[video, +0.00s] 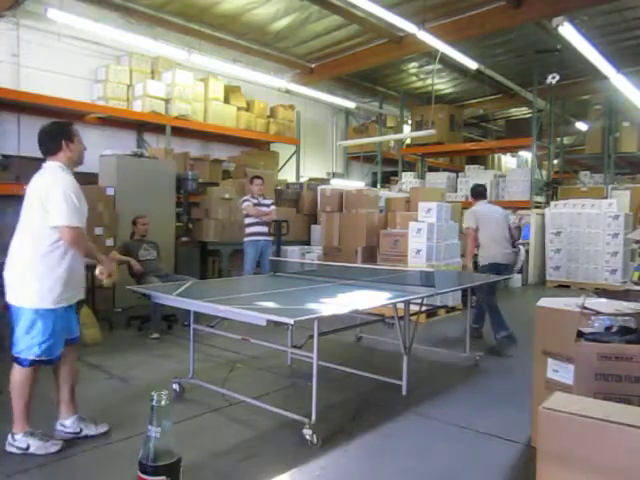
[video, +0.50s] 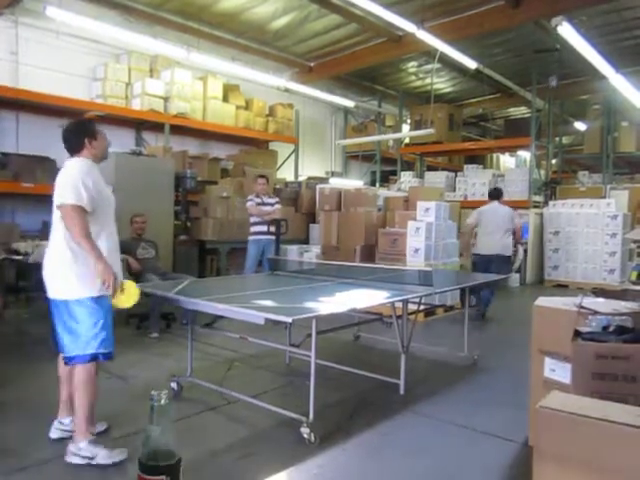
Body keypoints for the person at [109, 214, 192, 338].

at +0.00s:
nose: (146, 228)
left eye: (147, 225)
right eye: (143, 225)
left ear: (149, 226)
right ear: (135, 227)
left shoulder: (154, 245)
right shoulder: (128, 244)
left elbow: (158, 262)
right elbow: (112, 255)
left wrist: (162, 272)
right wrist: (130, 260)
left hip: (161, 274)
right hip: (145, 276)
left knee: (192, 283)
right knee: (159, 293)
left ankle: (189, 320)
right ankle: (154, 329)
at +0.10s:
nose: (145, 227)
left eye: (146, 224)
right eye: (142, 224)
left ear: (148, 226)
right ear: (134, 227)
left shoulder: (154, 245)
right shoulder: (128, 244)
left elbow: (157, 262)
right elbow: (112, 256)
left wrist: (162, 272)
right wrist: (130, 260)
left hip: (160, 273)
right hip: (145, 274)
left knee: (192, 283)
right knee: (159, 290)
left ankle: (188, 320)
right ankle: (155, 329)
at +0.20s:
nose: (142, 226)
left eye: (145, 223)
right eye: (139, 223)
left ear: (147, 225)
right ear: (132, 225)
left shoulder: (153, 244)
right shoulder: (127, 243)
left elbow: (157, 261)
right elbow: (111, 255)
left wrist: (162, 271)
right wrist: (130, 259)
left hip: (160, 273)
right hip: (144, 273)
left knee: (191, 281)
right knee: (159, 288)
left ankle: (188, 320)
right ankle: (154, 328)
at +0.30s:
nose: (141, 227)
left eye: (143, 224)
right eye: (137, 224)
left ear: (146, 226)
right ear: (131, 226)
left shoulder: (152, 244)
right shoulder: (126, 244)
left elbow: (155, 262)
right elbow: (112, 255)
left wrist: (159, 272)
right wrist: (128, 260)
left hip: (160, 274)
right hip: (143, 275)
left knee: (190, 282)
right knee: (159, 290)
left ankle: (187, 320)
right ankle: (154, 329)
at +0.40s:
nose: (140, 226)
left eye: (142, 223)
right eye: (136, 223)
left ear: (146, 225)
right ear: (131, 226)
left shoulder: (152, 244)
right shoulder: (126, 244)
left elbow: (156, 261)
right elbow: (114, 255)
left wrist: (160, 270)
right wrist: (128, 259)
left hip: (159, 273)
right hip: (143, 274)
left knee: (189, 281)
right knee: (160, 288)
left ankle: (186, 320)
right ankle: (154, 329)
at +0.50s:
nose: (140, 226)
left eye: (143, 223)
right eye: (137, 223)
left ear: (146, 225)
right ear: (131, 225)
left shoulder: (152, 244)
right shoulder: (125, 243)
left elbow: (156, 262)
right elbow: (114, 254)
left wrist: (161, 271)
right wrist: (128, 258)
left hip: (159, 273)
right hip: (142, 273)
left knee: (189, 281)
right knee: (160, 288)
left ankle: (186, 319)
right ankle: (154, 328)